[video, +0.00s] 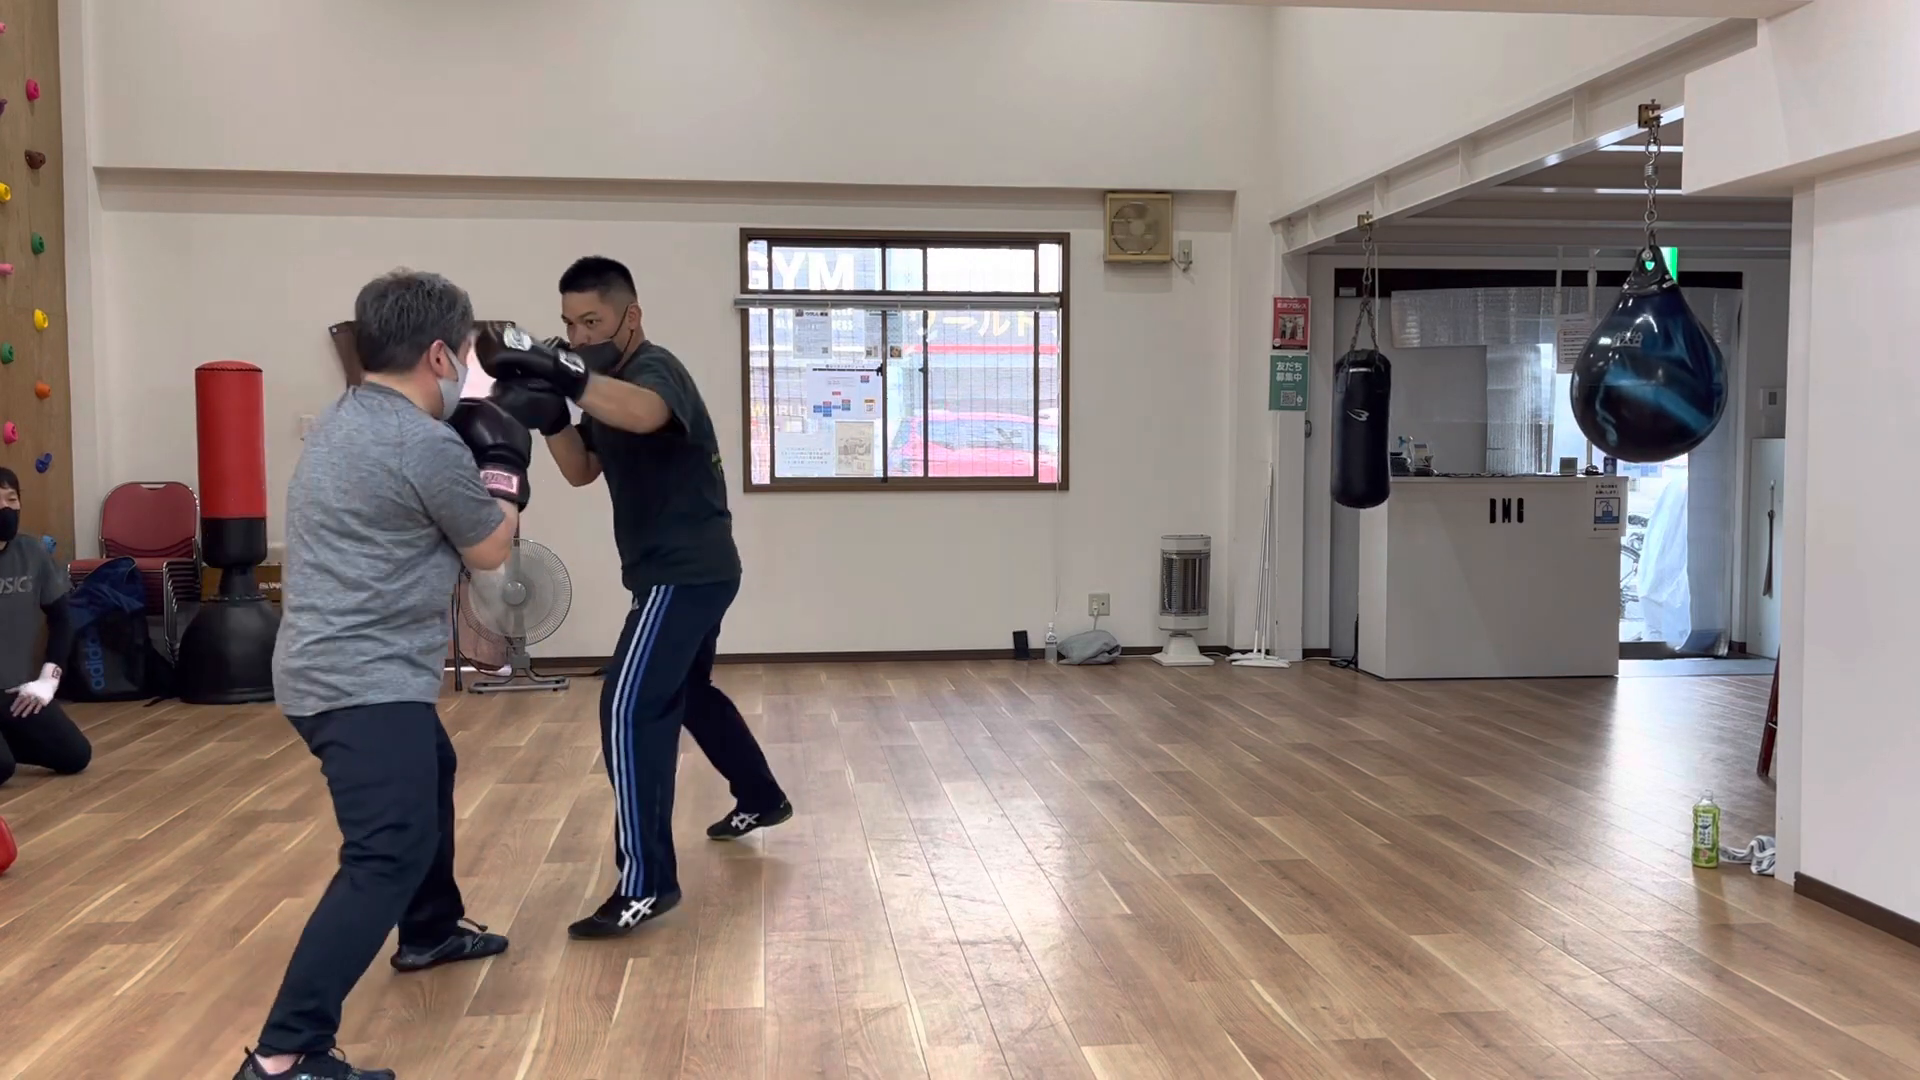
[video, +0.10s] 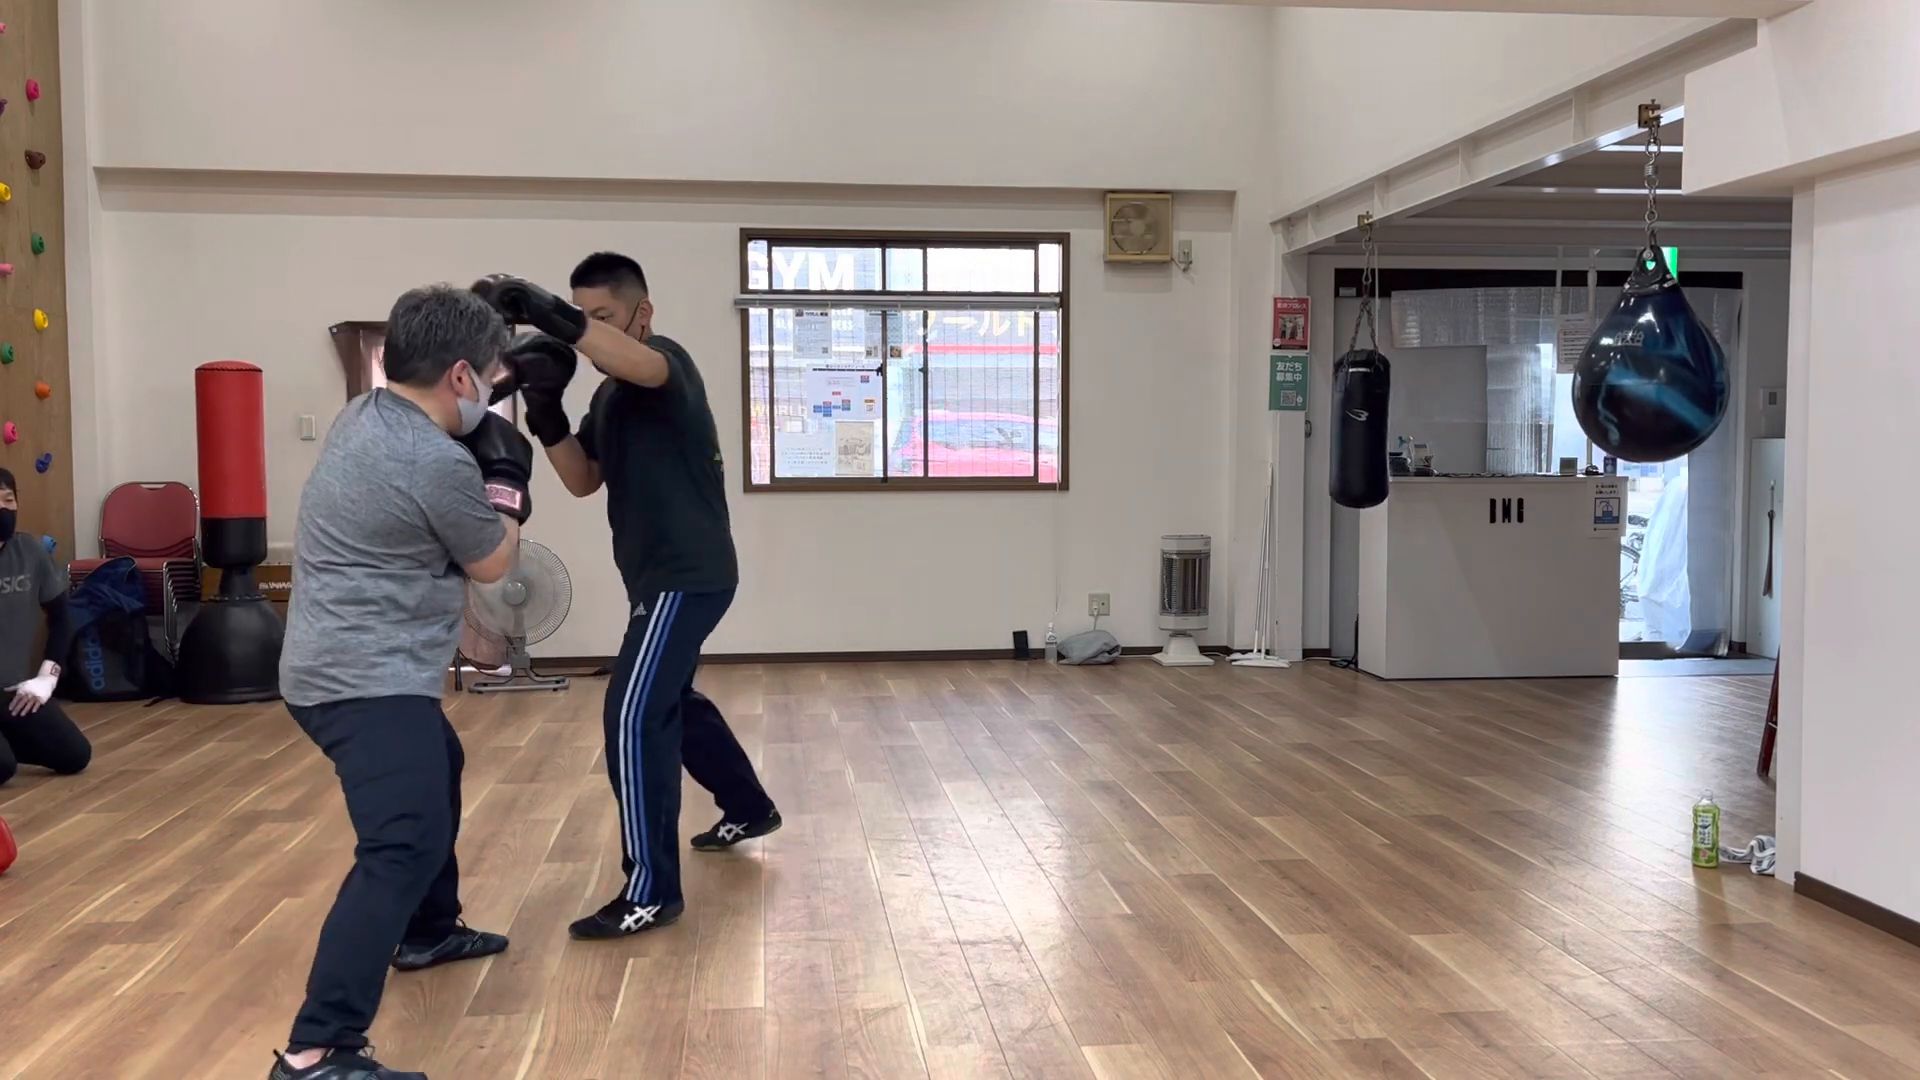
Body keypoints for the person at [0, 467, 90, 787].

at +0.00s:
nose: (6, 506)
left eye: (12, 498)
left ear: (20, 503)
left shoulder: (30, 552)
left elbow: (61, 616)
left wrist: (48, 678)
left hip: (16, 692)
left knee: (75, 756)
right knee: (2, 767)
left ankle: (2, 741)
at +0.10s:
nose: (5, 506)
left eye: (9, 498)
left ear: (17, 503)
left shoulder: (27, 549)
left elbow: (60, 613)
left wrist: (47, 676)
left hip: (15, 691)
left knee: (75, 756)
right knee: (3, 766)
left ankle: (2, 742)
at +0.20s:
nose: (4, 507)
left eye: (8, 499)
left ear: (16, 504)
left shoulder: (28, 550)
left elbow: (63, 612)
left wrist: (44, 672)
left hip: (13, 688)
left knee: (74, 756)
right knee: (3, 767)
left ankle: (2, 742)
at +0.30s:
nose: (5, 508)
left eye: (8, 500)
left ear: (16, 505)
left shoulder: (29, 551)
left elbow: (62, 610)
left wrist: (42, 672)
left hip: (14, 687)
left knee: (74, 756)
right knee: (2, 767)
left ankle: (2, 741)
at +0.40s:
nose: (5, 509)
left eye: (8, 501)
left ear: (16, 506)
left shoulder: (30, 552)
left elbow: (60, 613)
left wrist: (40, 676)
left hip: (14, 688)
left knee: (74, 756)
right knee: (2, 766)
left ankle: (2, 741)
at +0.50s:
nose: (5, 510)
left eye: (9, 502)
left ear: (16, 507)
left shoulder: (29, 551)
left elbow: (58, 613)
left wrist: (42, 678)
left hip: (13, 689)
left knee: (74, 756)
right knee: (2, 767)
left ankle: (2, 742)